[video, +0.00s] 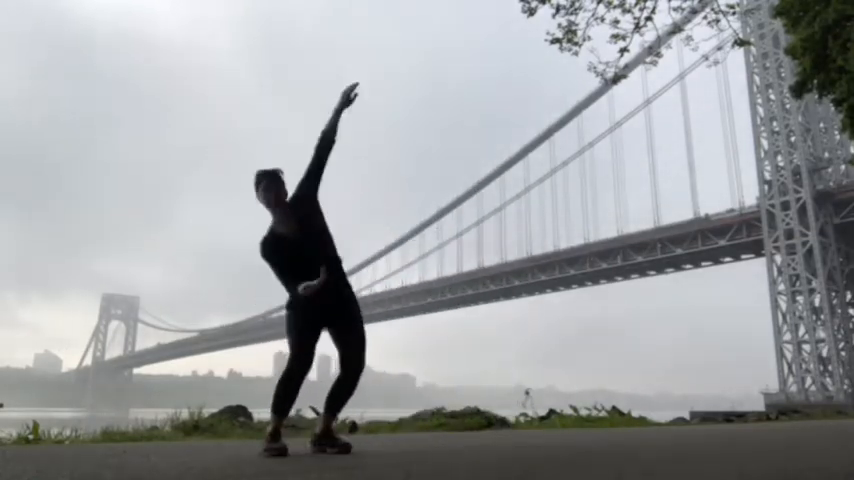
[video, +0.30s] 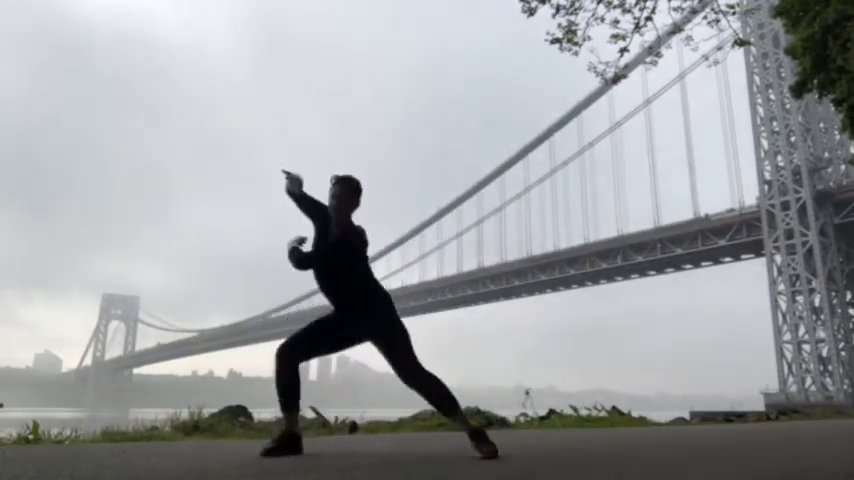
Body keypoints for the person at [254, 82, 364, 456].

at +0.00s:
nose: (275, 190)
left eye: (278, 184)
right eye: (268, 188)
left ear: (285, 187)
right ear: (260, 197)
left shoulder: (306, 198)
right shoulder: (270, 245)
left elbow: (324, 148)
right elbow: (291, 286)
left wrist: (339, 109)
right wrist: (310, 287)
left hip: (338, 291)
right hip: (304, 303)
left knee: (353, 366)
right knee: (299, 363)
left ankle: (324, 433)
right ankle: (274, 433)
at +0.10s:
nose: (304, 152)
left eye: (307, 145)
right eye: (297, 148)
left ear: (319, 147)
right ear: (292, 157)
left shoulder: (336, 171)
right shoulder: (295, 194)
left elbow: (318, 117)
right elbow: (253, 224)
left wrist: (277, 90)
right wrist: (213, 251)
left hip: (351, 266)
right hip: (316, 267)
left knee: (341, 349)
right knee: (298, 345)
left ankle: (329, 425)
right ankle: (281, 425)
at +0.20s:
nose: (302, 141)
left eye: (306, 135)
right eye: (301, 136)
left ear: (320, 138)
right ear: (314, 142)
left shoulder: (331, 168)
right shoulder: (301, 174)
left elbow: (325, 115)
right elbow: (284, 151)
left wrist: (289, 111)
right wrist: (271, 122)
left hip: (330, 263)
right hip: (304, 265)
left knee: (364, 338)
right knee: (286, 348)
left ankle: (397, 410)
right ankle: (289, 428)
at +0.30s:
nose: (337, 196)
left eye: (345, 192)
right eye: (335, 191)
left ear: (355, 201)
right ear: (330, 195)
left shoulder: (353, 237)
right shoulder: (323, 218)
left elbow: (305, 263)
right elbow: (298, 197)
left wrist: (293, 251)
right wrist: (295, 187)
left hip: (377, 314)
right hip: (347, 317)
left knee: (412, 374)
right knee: (287, 354)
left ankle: (473, 432)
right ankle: (290, 435)